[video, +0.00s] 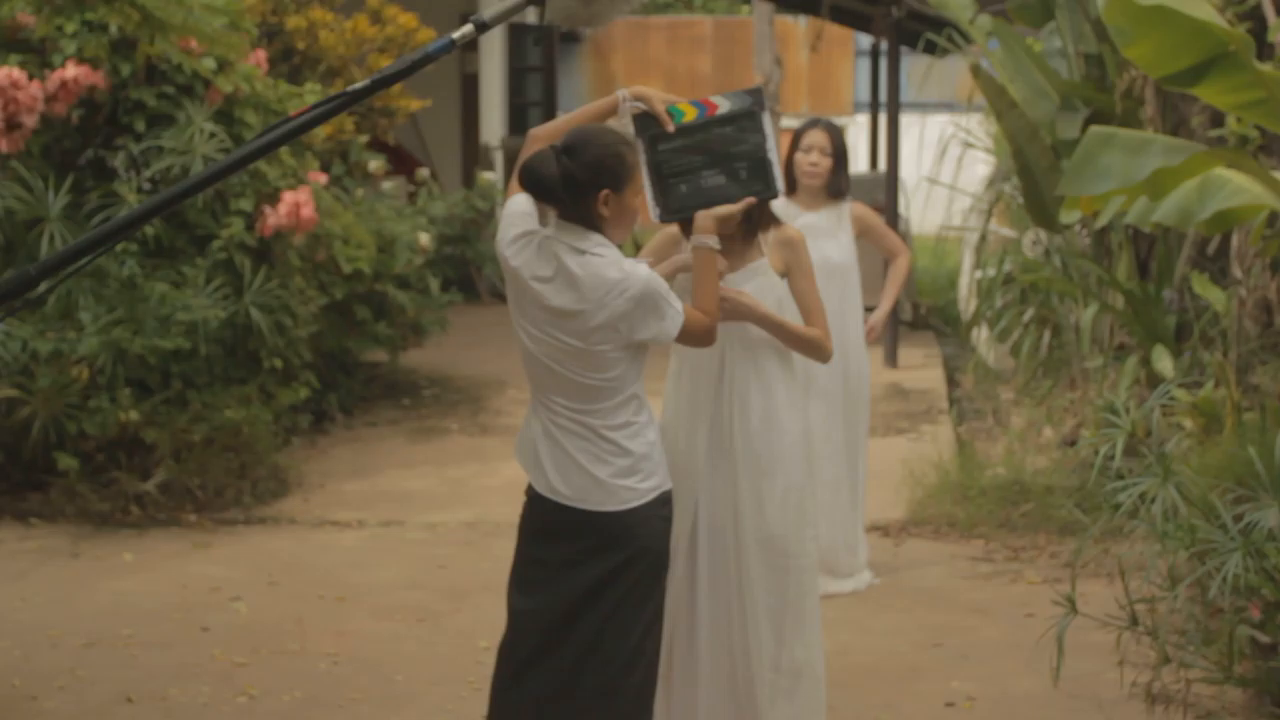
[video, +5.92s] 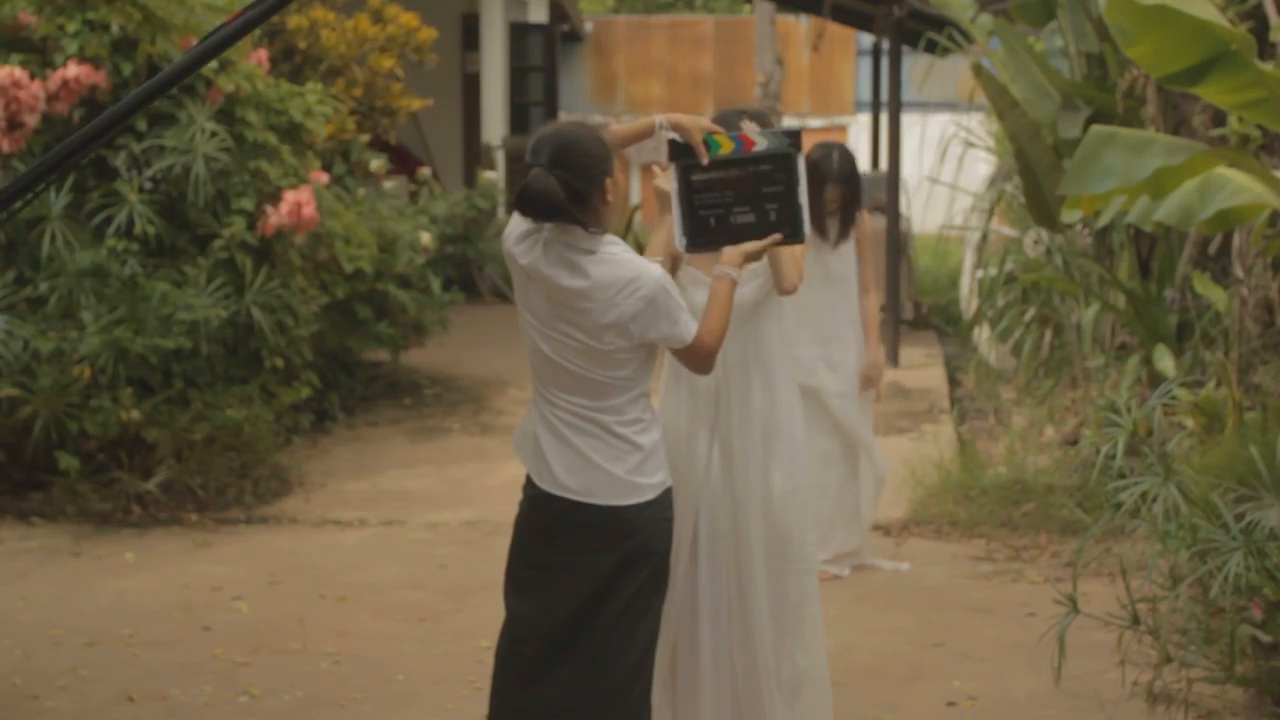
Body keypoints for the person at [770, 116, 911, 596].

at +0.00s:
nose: (814, 160)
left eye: (825, 153)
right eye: (806, 150)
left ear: (837, 163)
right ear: (791, 157)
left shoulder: (852, 213)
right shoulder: (772, 214)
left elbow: (900, 255)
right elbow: (745, 271)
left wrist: (883, 311)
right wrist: (764, 320)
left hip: (840, 347)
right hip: (786, 346)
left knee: (836, 451)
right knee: (788, 451)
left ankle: (838, 558)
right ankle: (788, 560)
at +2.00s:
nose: (817, 164)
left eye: (825, 155)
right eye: (810, 154)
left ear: (841, 164)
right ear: (797, 161)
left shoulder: (860, 219)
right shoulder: (784, 219)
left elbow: (873, 284)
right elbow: (769, 286)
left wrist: (870, 334)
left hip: (843, 348)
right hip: (791, 351)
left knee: (843, 448)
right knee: (794, 450)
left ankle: (845, 557)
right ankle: (794, 556)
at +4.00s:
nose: (828, 200)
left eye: (837, 191)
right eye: (822, 189)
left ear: (849, 184)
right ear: (806, 181)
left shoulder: (857, 222)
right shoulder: (787, 215)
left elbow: (867, 294)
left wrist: (866, 361)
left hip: (837, 354)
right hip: (787, 356)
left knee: (839, 456)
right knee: (791, 456)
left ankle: (842, 560)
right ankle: (791, 561)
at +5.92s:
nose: (830, 206)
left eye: (838, 198)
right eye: (823, 198)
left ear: (850, 193)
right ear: (807, 190)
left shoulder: (859, 226)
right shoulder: (791, 224)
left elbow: (868, 291)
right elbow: (775, 290)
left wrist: (873, 350)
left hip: (841, 352)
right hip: (793, 354)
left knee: (841, 449)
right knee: (800, 450)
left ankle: (842, 547)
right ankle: (804, 550)